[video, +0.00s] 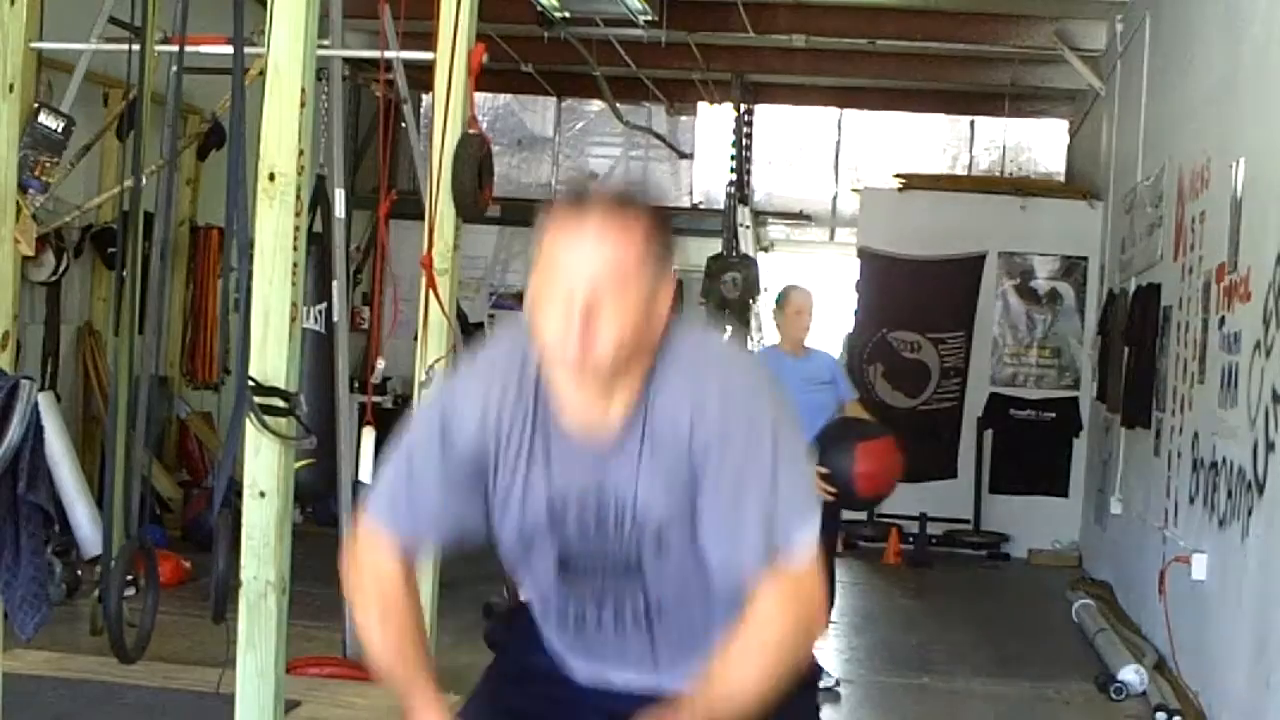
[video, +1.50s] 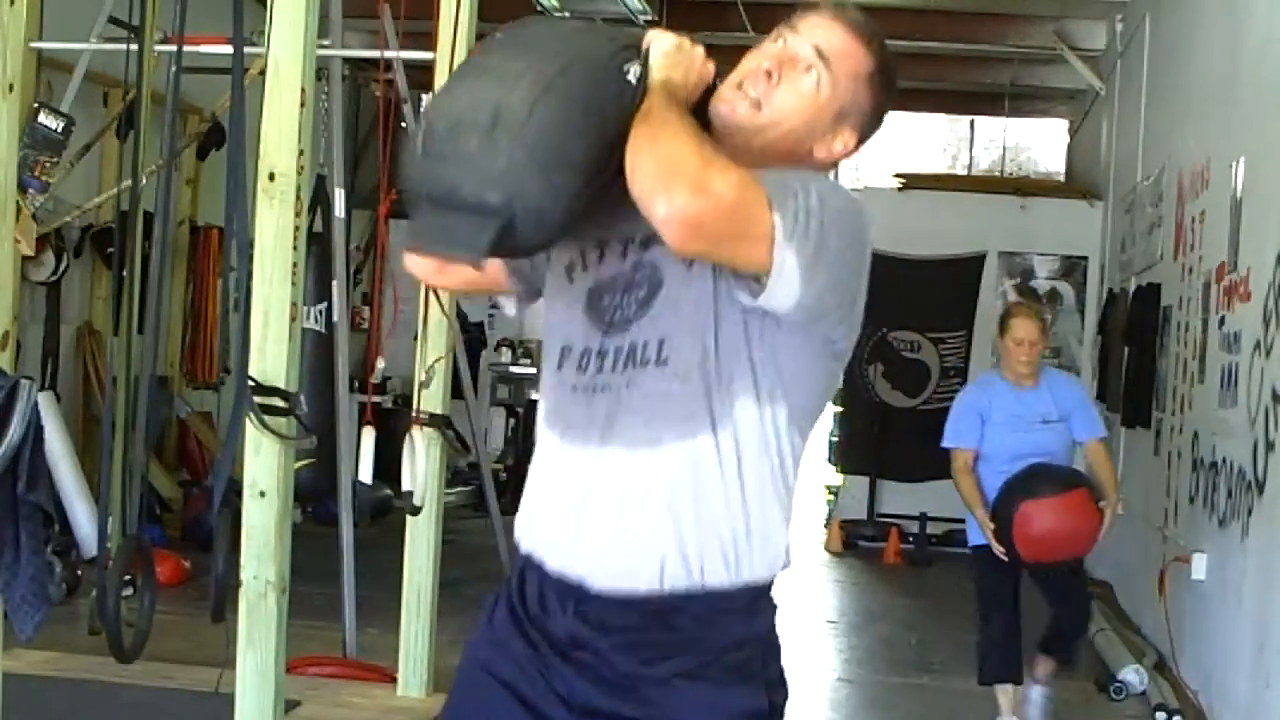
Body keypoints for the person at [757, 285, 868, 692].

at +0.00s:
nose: (805, 320)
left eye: (808, 313)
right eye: (797, 312)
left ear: (812, 317)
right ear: (778, 316)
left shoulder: (827, 365)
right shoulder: (759, 365)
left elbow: (854, 411)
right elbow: (753, 431)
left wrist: (873, 450)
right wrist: (797, 469)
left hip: (821, 477)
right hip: (773, 477)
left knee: (818, 566)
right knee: (777, 564)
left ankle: (806, 653)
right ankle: (777, 657)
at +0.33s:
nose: (859, 323)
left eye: (864, 315)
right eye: (851, 316)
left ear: (872, 321)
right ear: (835, 322)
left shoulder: (888, 371)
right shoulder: (825, 373)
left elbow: (912, 423)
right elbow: (815, 438)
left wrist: (935, 462)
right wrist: (854, 477)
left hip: (880, 491)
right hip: (836, 493)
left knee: (867, 579)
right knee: (860, 578)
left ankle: (823, 646)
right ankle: (870, 676)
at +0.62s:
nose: (907, 316)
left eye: (912, 308)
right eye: (897, 309)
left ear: (922, 315)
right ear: (878, 317)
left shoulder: (936, 369)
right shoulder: (864, 369)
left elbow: (956, 424)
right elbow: (859, 435)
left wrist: (975, 468)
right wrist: (901, 477)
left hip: (928, 499)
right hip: (875, 505)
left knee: (942, 583)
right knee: (880, 592)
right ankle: (873, 680)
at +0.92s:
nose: (968, 328)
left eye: (973, 320)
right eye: (958, 320)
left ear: (980, 324)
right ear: (937, 324)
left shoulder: (997, 375)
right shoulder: (917, 378)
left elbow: (1022, 434)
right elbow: (910, 448)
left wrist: (1046, 479)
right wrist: (949, 492)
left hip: (985, 513)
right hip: (930, 516)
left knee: (987, 600)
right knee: (938, 600)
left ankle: (981, 699)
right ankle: (900, 667)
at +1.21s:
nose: (1003, 336)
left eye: (1010, 329)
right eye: (994, 328)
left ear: (1018, 332)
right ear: (975, 329)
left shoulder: (1038, 379)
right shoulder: (949, 383)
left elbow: (1064, 441)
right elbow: (937, 453)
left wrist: (1085, 484)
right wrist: (964, 500)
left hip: (1023, 519)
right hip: (967, 519)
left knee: (1010, 609)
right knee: (989, 609)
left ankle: (983, 698)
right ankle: (999, 703)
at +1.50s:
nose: (1027, 351)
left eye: (1034, 343)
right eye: (1018, 342)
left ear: (1044, 344)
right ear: (1000, 344)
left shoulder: (1068, 389)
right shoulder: (977, 395)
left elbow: (1094, 448)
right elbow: (961, 465)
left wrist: (1111, 495)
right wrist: (981, 515)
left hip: (1052, 526)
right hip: (993, 527)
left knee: (1073, 609)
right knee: (999, 618)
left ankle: (1039, 678)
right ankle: (1006, 710)